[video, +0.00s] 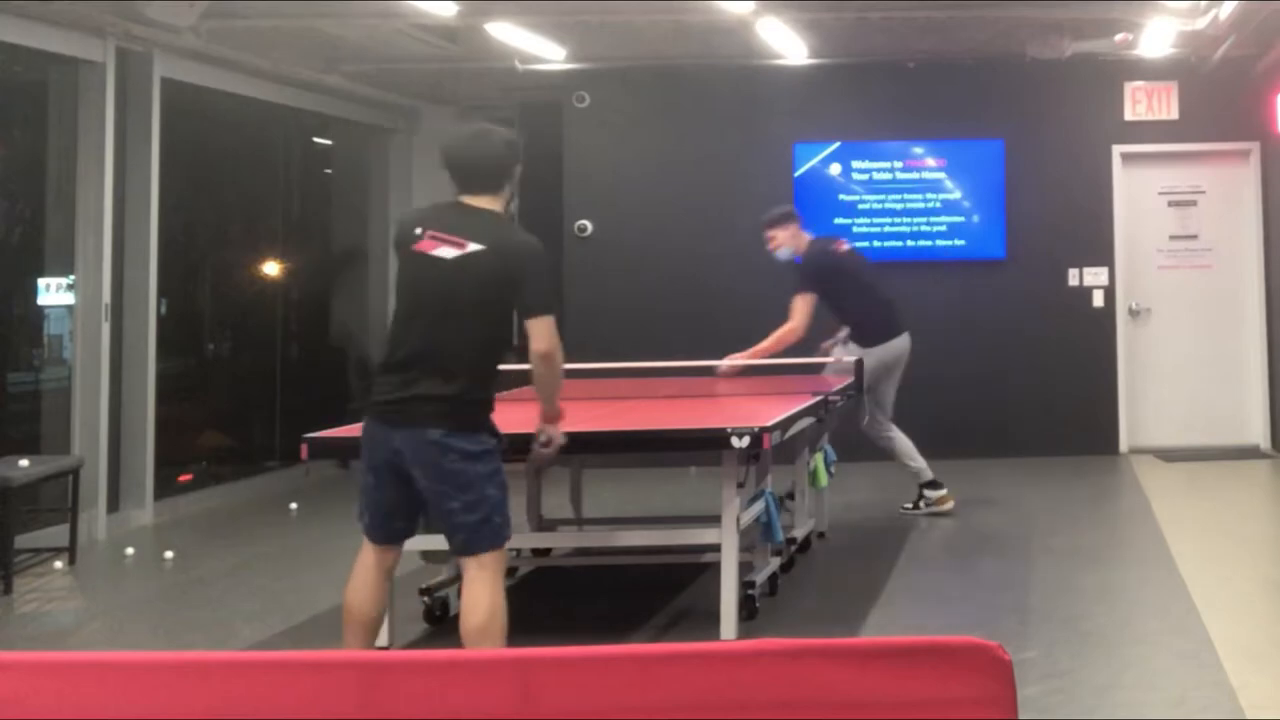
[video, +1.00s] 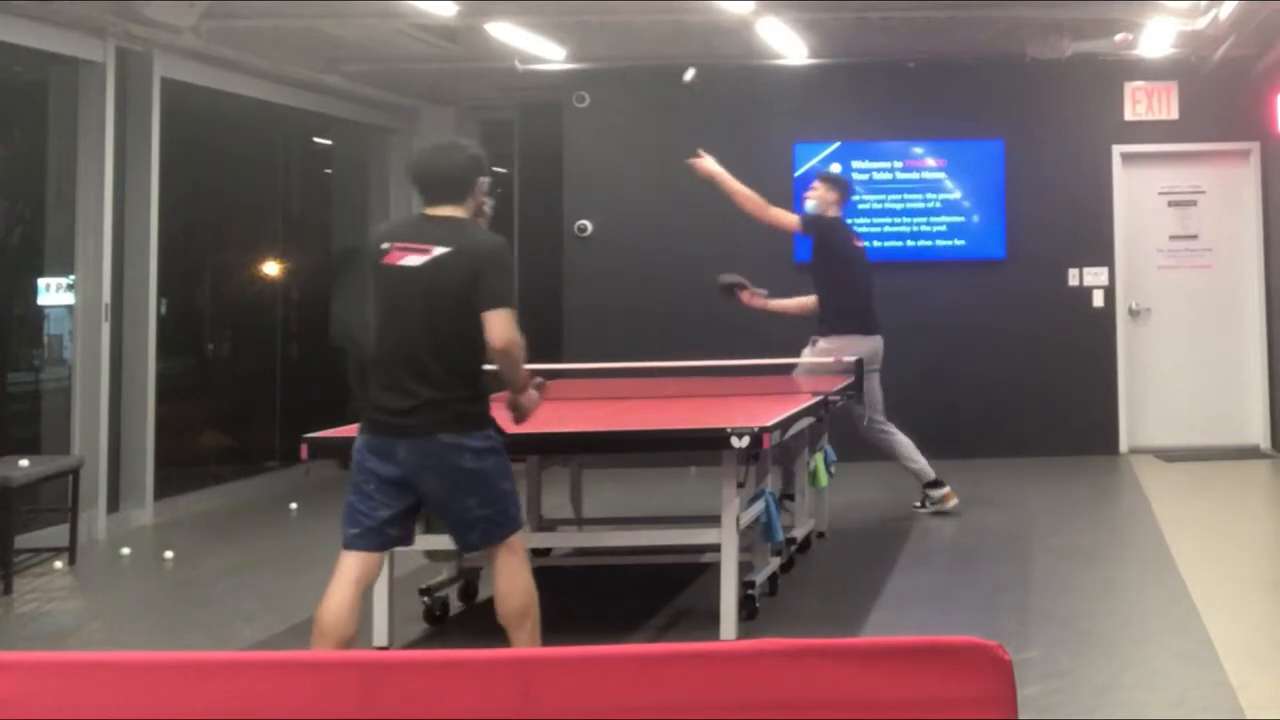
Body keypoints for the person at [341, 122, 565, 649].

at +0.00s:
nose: (518, 177)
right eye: (517, 170)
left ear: (454, 174)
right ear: (513, 176)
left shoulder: (414, 229)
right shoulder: (521, 248)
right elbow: (543, 348)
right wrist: (549, 413)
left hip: (386, 425)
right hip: (455, 431)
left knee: (377, 553)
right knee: (482, 564)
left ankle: (351, 683)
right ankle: (486, 705)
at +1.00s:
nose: (487, 192)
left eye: (485, 183)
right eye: (484, 183)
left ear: (422, 188)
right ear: (473, 188)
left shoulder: (387, 242)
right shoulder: (485, 248)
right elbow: (502, 341)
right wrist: (520, 388)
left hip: (382, 434)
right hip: (456, 435)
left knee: (354, 566)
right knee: (507, 549)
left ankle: (314, 692)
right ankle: (532, 677)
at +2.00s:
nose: (465, 223)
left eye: (466, 216)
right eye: (466, 216)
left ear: (403, 213)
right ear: (456, 217)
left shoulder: (349, 255)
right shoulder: (453, 268)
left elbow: (300, 336)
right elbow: (487, 358)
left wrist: (357, 353)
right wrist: (513, 382)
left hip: (319, 429)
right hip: (388, 433)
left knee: (311, 549)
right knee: (449, 550)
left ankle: (280, 671)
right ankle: (455, 681)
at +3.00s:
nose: (412, 252)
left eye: (412, 240)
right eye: (410, 241)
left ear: (352, 238)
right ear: (395, 243)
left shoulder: (303, 278)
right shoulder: (368, 295)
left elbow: (295, 359)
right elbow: (351, 392)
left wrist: (365, 373)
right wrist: (408, 439)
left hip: (235, 450)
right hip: (295, 457)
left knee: (223, 555)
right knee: (387, 549)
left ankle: (127, 659)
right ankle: (404, 685)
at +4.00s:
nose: (613, 213)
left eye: (614, 205)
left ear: (616, 212)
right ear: (677, 210)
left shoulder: (590, 272)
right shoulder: (716, 276)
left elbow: (558, 363)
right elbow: (745, 363)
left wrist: (524, 434)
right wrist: (776, 407)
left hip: (609, 457)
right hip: (693, 457)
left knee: (561, 587)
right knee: (718, 599)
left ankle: (498, 703)